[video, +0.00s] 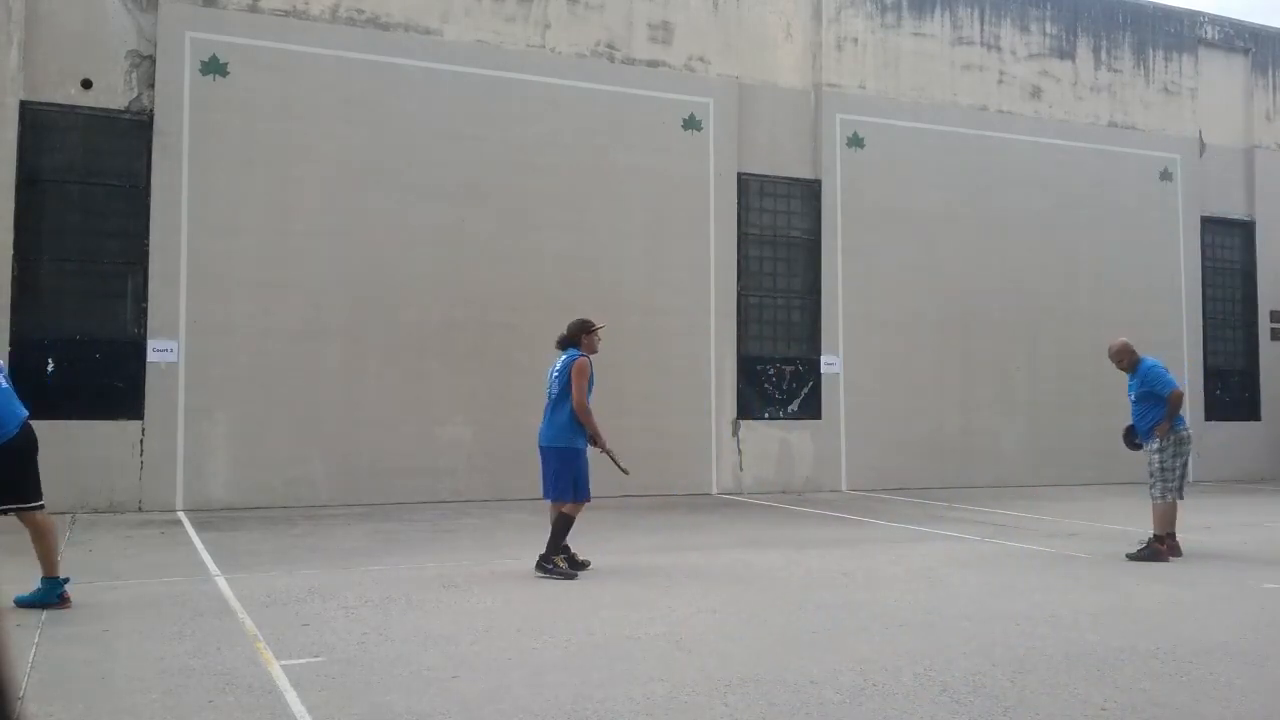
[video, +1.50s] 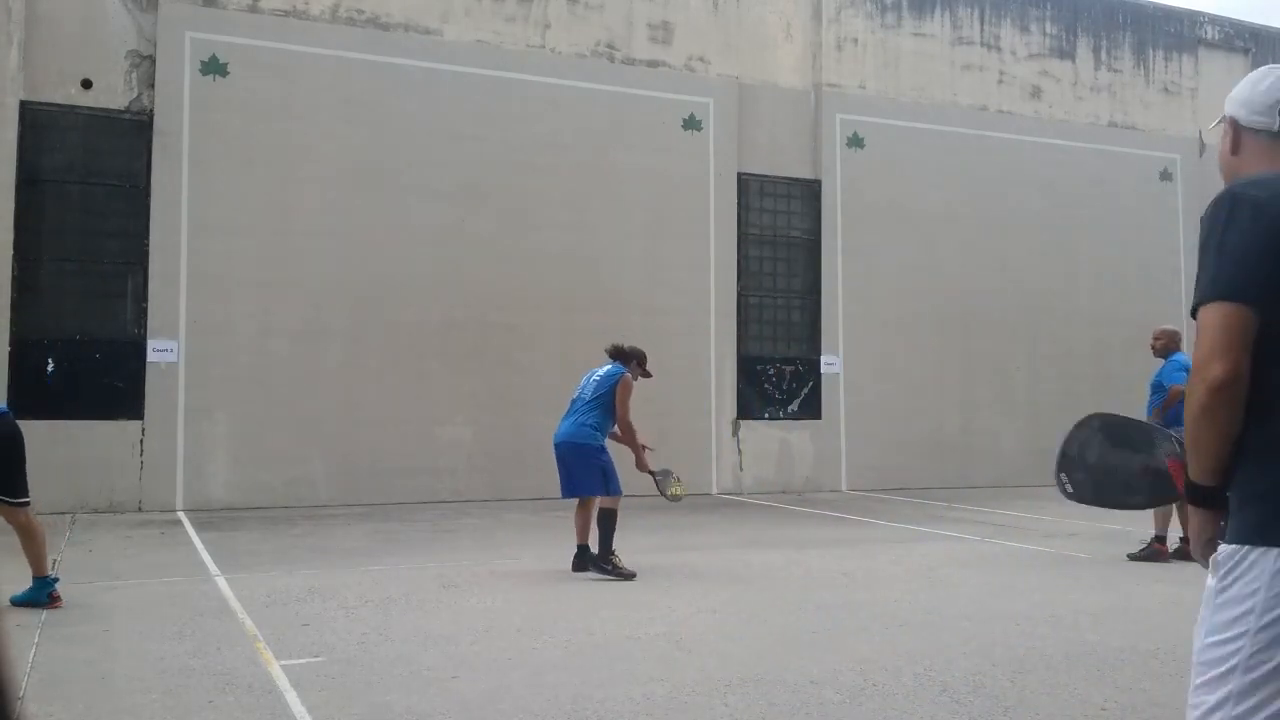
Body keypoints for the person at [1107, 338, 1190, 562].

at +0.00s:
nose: (1119, 366)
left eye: (1120, 361)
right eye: (1115, 363)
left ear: (1132, 354)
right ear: (1116, 361)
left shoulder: (1150, 370)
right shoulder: (1135, 373)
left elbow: (1176, 394)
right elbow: (1151, 405)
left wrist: (1167, 423)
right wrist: (1138, 427)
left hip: (1166, 437)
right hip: (1160, 437)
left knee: (1161, 491)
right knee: (1167, 491)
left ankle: (1158, 544)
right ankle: (1169, 540)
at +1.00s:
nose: (1144, 350)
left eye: (1149, 345)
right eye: (1142, 346)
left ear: (1164, 344)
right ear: (1143, 348)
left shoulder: (1170, 366)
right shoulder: (1164, 366)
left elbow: (1183, 392)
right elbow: (1167, 401)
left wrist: (1169, 421)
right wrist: (1151, 426)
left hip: (1172, 435)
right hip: (1185, 434)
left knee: (1154, 489)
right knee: (1179, 491)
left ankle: (1157, 544)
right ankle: (1189, 545)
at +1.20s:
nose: (1148, 348)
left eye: (1152, 343)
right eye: (1147, 343)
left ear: (1169, 343)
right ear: (1169, 345)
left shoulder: (1169, 365)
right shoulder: (1182, 363)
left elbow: (1176, 392)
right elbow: (1198, 394)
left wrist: (1163, 424)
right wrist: (1185, 418)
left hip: (1171, 435)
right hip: (1190, 433)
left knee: (1160, 490)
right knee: (1182, 491)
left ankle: (1158, 545)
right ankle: (1189, 545)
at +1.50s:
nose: (1152, 343)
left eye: (1157, 339)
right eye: (1152, 339)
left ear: (1172, 343)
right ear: (1171, 344)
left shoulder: (1174, 363)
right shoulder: (1182, 362)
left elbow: (1177, 390)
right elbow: (1183, 393)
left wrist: (1158, 414)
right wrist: (1162, 413)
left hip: (1168, 435)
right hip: (1179, 434)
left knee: (1162, 488)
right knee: (1182, 491)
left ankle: (1158, 543)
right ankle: (1188, 542)